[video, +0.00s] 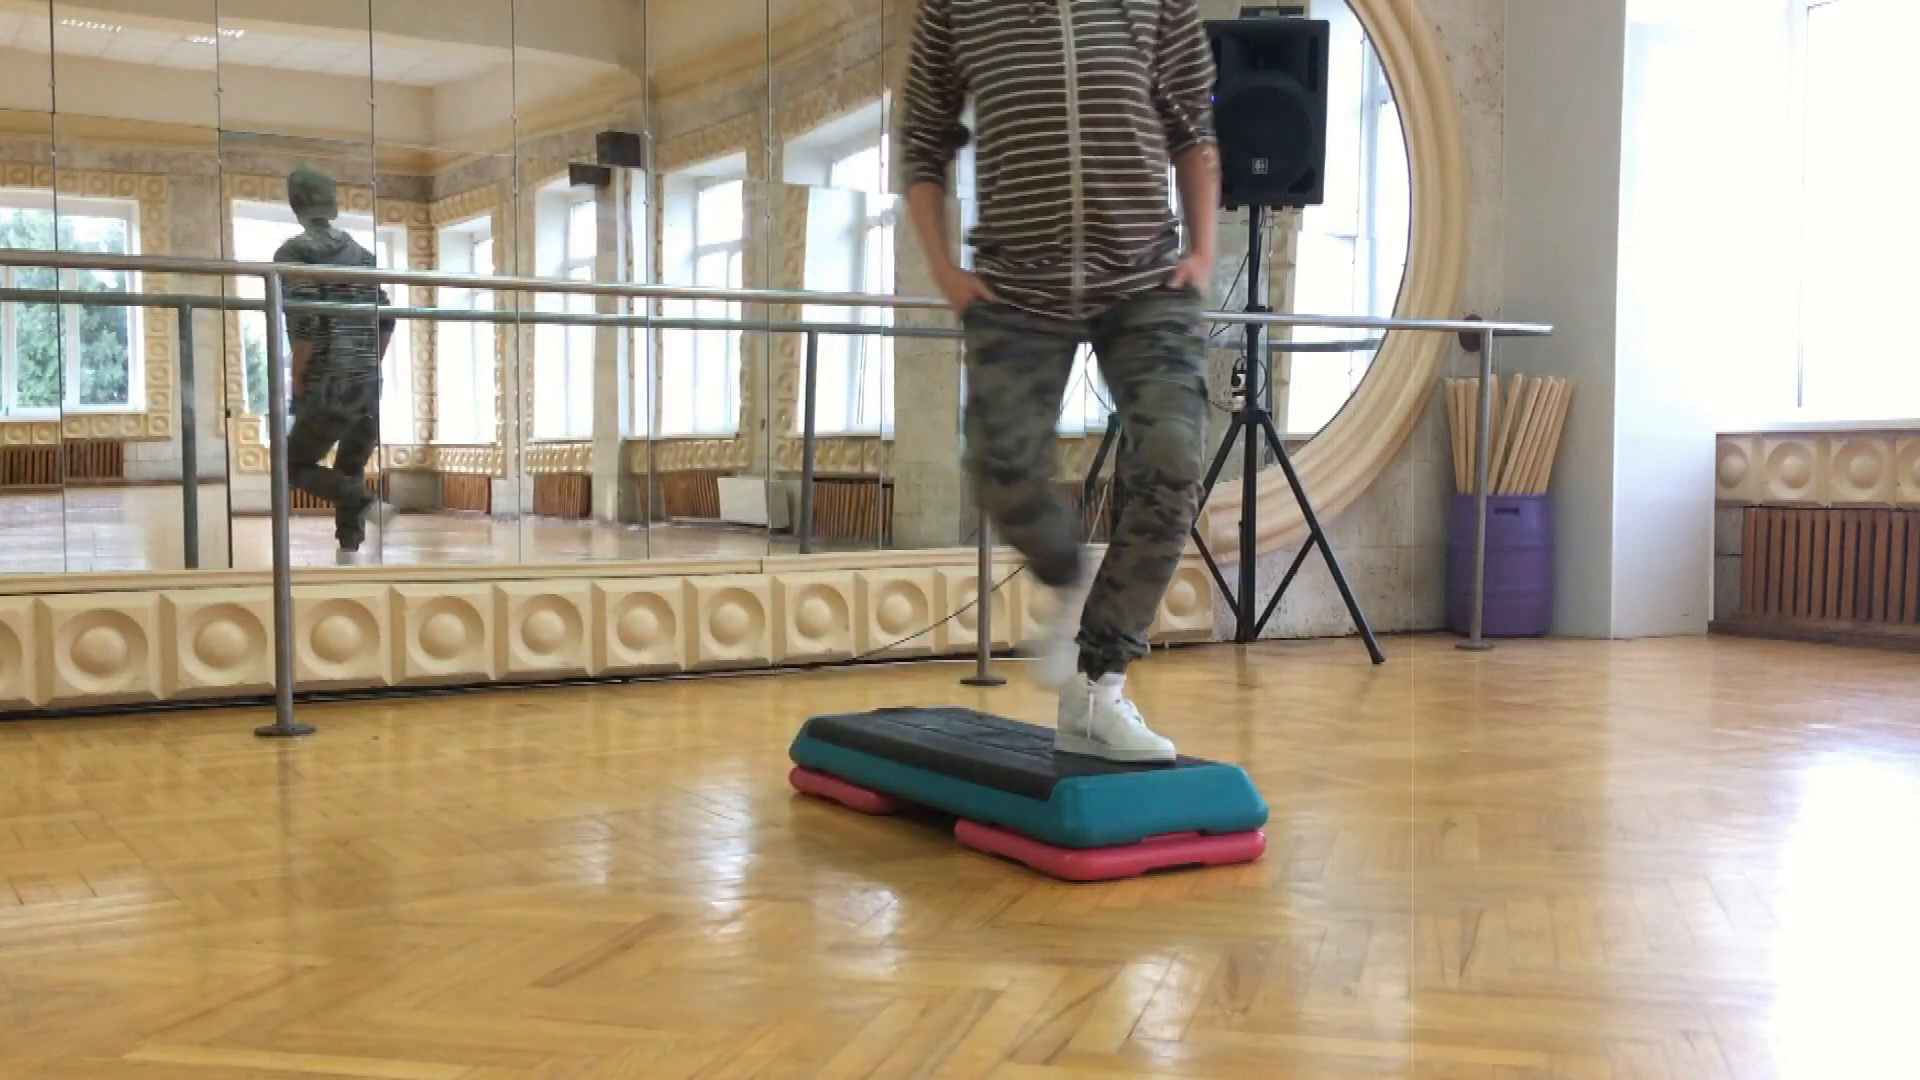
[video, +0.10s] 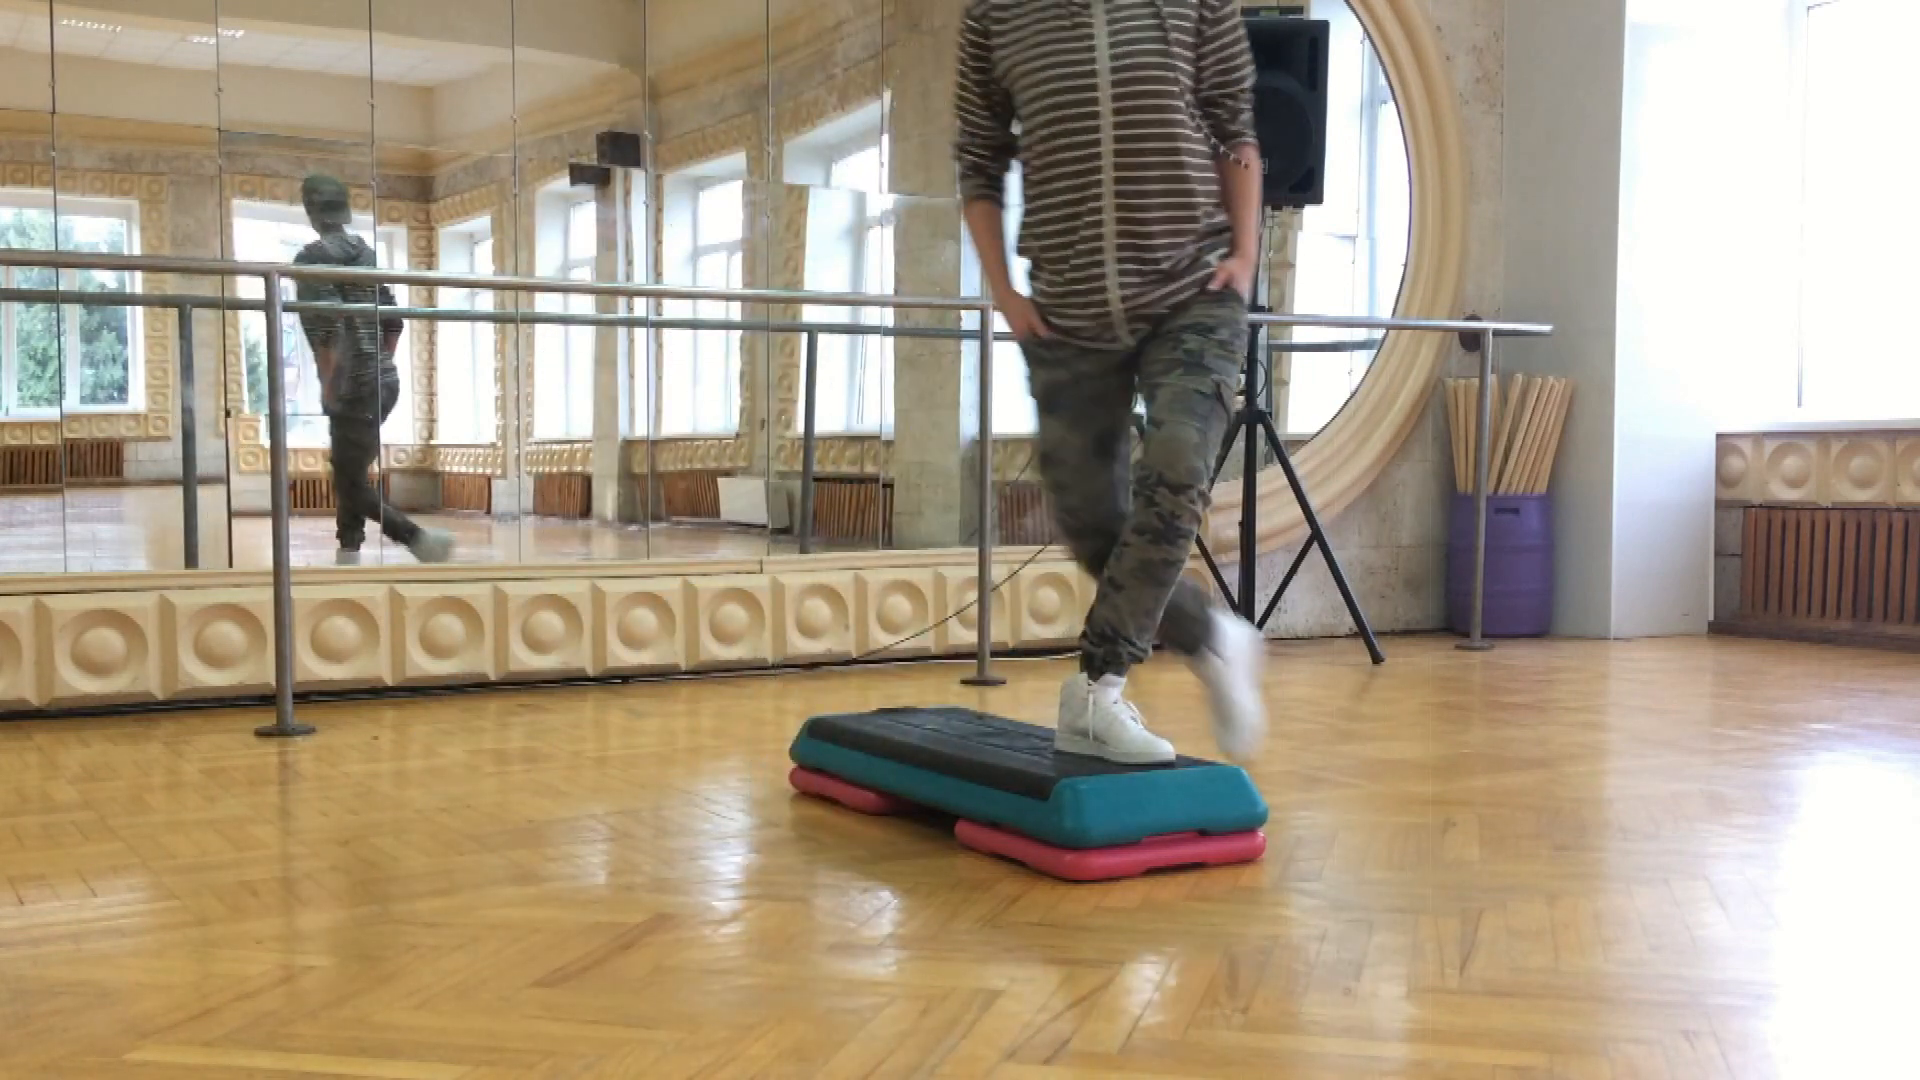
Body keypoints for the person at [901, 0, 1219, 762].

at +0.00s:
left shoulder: (1160, 7)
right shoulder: (954, 10)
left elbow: (1193, 125)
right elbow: (924, 142)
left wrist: (1201, 250)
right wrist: (946, 271)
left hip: (1148, 279)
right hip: (1015, 287)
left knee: (1170, 468)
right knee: (1004, 470)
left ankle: (1096, 686)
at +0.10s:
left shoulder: (1201, 7)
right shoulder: (993, 16)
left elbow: (1235, 130)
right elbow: (978, 162)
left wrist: (1245, 254)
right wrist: (1003, 292)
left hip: (1192, 292)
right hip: (1068, 310)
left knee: (1179, 484)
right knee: (1087, 523)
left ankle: (1094, 690)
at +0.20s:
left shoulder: (1238, 19)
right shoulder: (1038, 44)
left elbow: (1278, 145)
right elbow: (1033, 202)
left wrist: (1284, 267)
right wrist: (1062, 328)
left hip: (1237, 311)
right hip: (1122, 343)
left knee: (1191, 488)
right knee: (1203, 553)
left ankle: (1100, 690)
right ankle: (1300, 717)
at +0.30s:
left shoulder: (1270, 32)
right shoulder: (1076, 79)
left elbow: (1324, 164)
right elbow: (1084, 238)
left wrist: (1331, 285)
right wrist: (1114, 359)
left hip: (1279, 320)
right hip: (1169, 363)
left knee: (1250, 453)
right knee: (1251, 563)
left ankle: (1149, 657)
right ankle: (1326, 737)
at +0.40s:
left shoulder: (1301, 38)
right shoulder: (1111, 89)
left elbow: (1367, 163)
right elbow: (1120, 243)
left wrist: (1370, 285)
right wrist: (1141, 363)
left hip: (1318, 324)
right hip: (1204, 370)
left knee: (1331, 452)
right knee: (1254, 563)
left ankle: (1249, 638)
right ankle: (1328, 737)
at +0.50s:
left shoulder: (1332, 31)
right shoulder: (1141, 86)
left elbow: (1398, 162)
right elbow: (1147, 232)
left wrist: (1404, 291)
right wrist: (1166, 355)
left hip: (1349, 332)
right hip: (1227, 372)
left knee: (1396, 496)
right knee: (1272, 569)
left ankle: (1345, 715)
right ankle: (1324, 743)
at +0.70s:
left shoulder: (1404, 25)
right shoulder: (1210, 55)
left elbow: (1431, 167)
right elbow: (1183, 226)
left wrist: (1467, 285)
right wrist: (1238, 359)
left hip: (1432, 347)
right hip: (1304, 370)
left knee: (1470, 554)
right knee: (1333, 589)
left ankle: (1411, 787)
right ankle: (1308, 706)